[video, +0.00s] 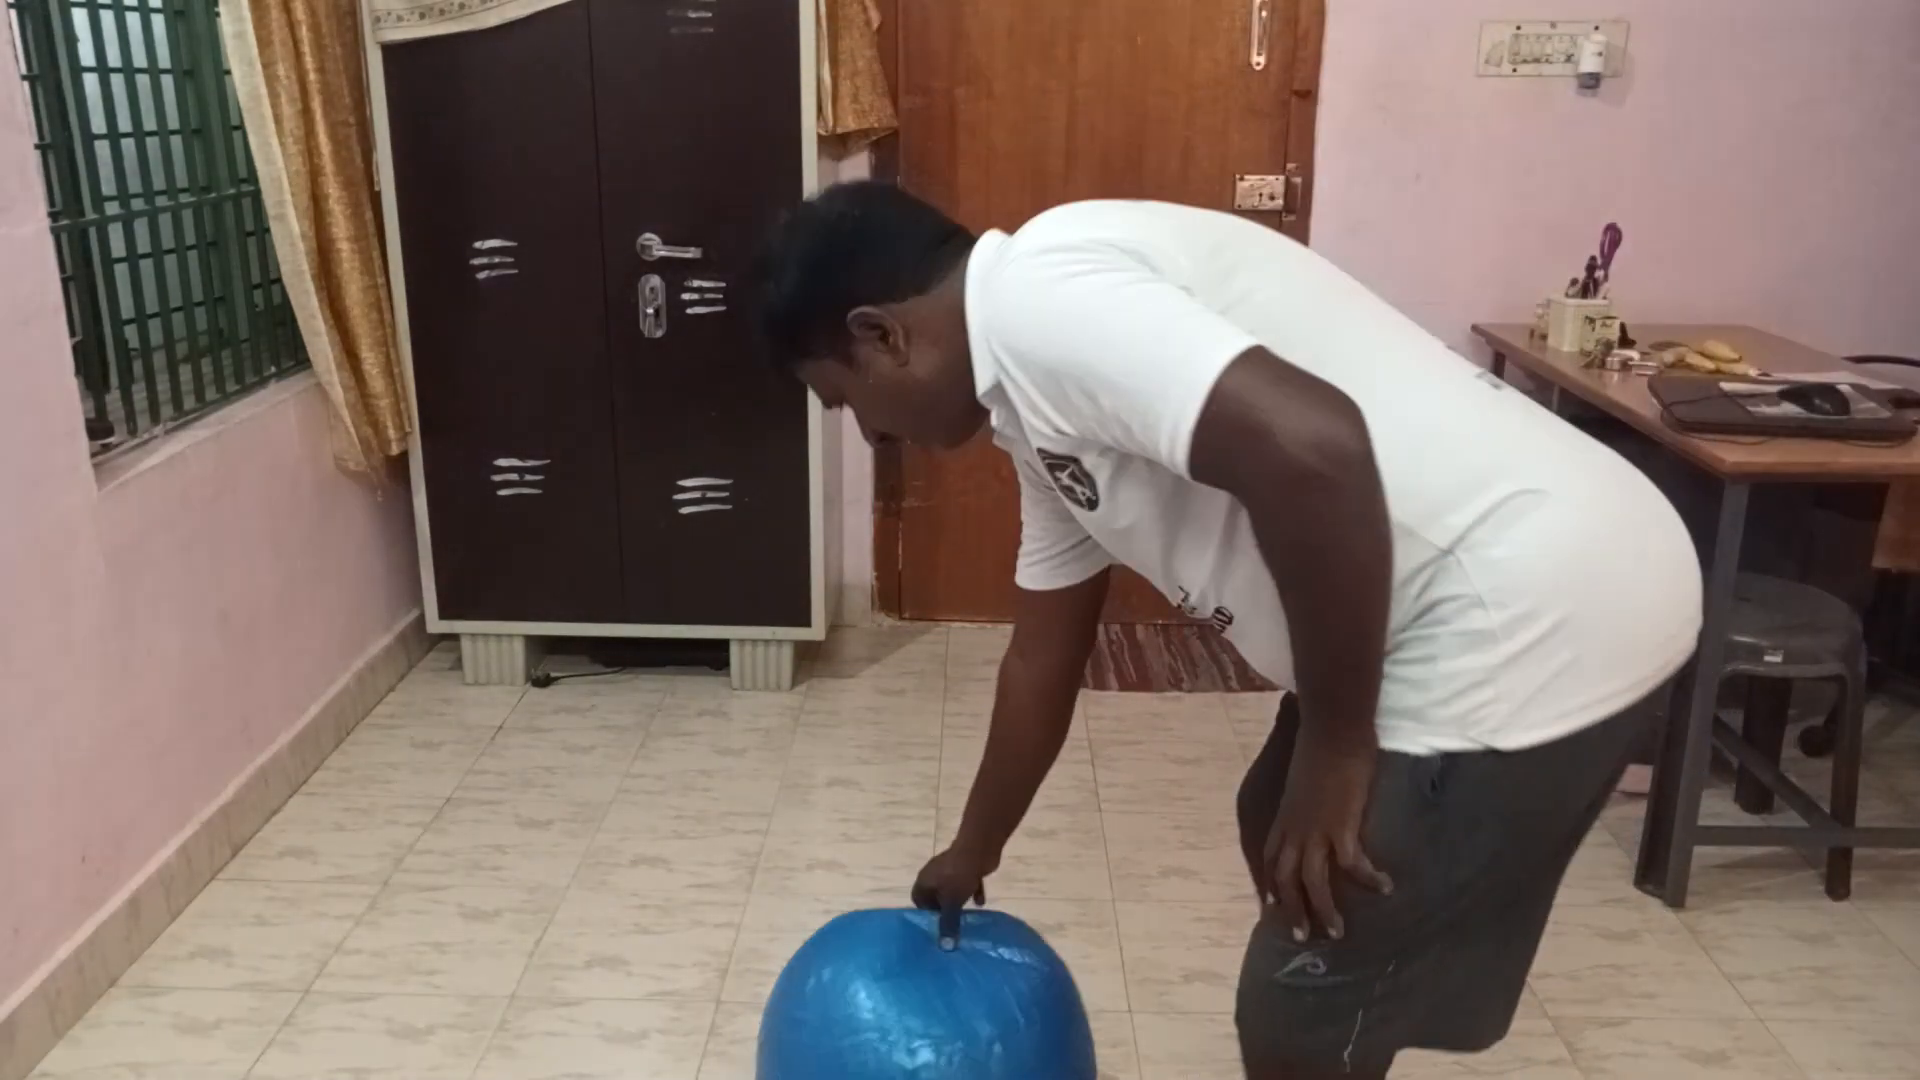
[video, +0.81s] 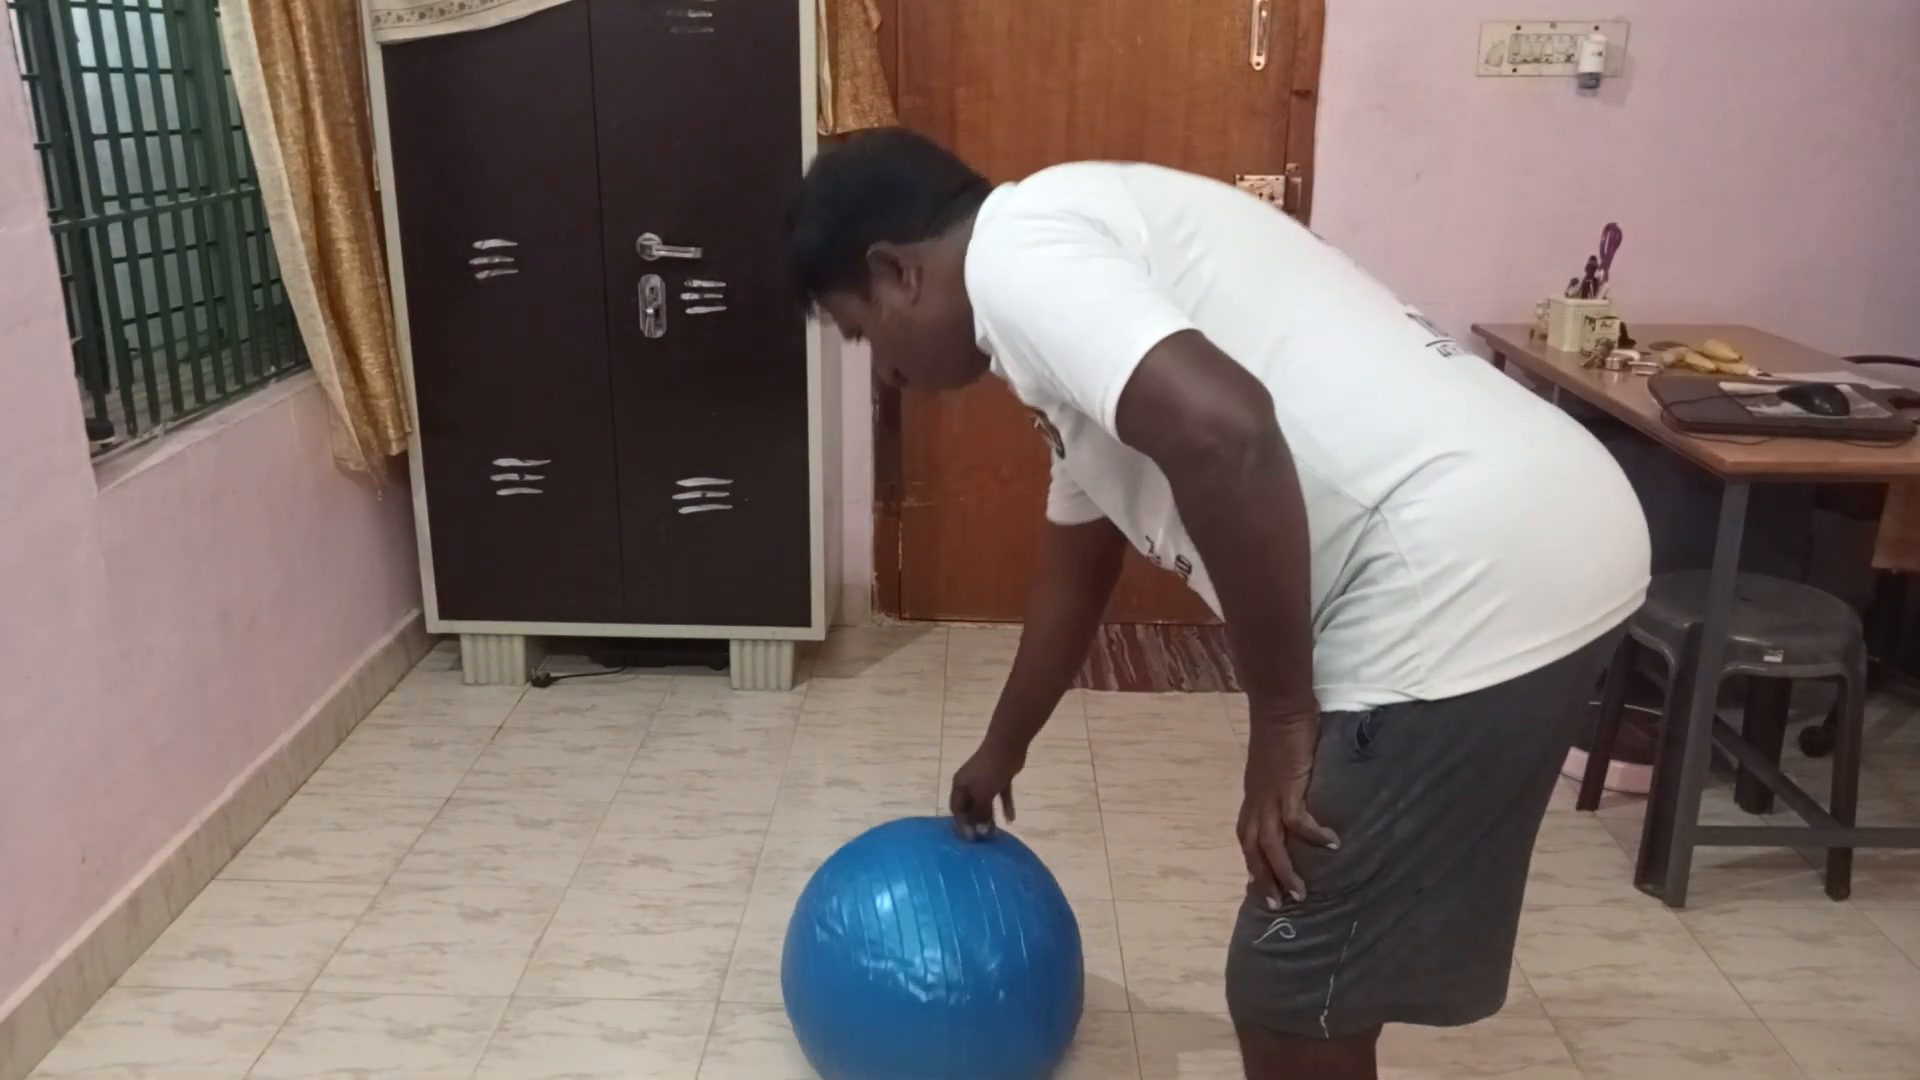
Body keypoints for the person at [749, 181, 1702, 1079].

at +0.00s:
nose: (864, 426)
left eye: (838, 390)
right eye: (835, 402)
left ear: (880, 332)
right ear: (900, 319)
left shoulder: (1033, 300)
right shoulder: (1043, 406)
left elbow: (1313, 452)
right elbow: (1044, 657)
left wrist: (1337, 754)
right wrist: (972, 848)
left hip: (1527, 603)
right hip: (1451, 590)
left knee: (1304, 1012)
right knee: (1279, 818)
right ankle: (1352, 1034)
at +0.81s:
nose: (879, 370)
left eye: (856, 331)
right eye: (853, 342)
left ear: (896, 268)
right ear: (911, 254)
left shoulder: (1018, 252)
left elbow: (1228, 435)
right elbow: (1076, 561)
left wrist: (1280, 724)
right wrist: (1001, 746)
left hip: (1462, 577)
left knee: (1291, 989)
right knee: (1316, 976)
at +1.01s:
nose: (891, 265)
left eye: (876, 222)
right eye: (871, 235)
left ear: (931, 160)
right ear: (936, 154)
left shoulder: (1057, 179)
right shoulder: (1121, 144)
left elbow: (1235, 415)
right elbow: (1160, 477)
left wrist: (1275, 719)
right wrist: (1048, 681)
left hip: (1454, 562)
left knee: (1304, 986)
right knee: (1323, 974)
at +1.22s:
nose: (949, 112)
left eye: (947, 66)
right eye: (931, 86)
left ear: (1023, 9)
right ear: (1037, 9)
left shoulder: (1133, 74)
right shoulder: (1199, 46)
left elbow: (1258, 359)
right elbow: (1233, 388)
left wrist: (1254, 669)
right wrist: (1157, 622)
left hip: (1422, 561)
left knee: (1305, 979)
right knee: (1327, 969)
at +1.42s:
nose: (1038, 13)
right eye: (1032, 5)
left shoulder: (1258, 26)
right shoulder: (1213, 36)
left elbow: (1366, 284)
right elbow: (1280, 312)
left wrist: (1268, 583)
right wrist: (1238, 558)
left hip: (1435, 536)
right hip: (1374, 526)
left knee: (1353, 931)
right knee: (1307, 835)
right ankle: (1341, 1059)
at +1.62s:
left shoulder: (1396, 12)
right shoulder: (1278, 23)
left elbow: (1468, 246)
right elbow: (1304, 282)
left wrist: (1310, 519)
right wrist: (1243, 509)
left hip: (1467, 536)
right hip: (1345, 528)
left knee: (1441, 907)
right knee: (1322, 828)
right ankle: (1324, 1070)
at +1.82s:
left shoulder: (1551, 14)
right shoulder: (1332, 16)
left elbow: (1604, 246)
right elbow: (1314, 261)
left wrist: (1399, 529)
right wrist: (1236, 481)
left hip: (1528, 553)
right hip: (1352, 534)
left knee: (1564, 904)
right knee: (1357, 834)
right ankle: (1331, 1070)